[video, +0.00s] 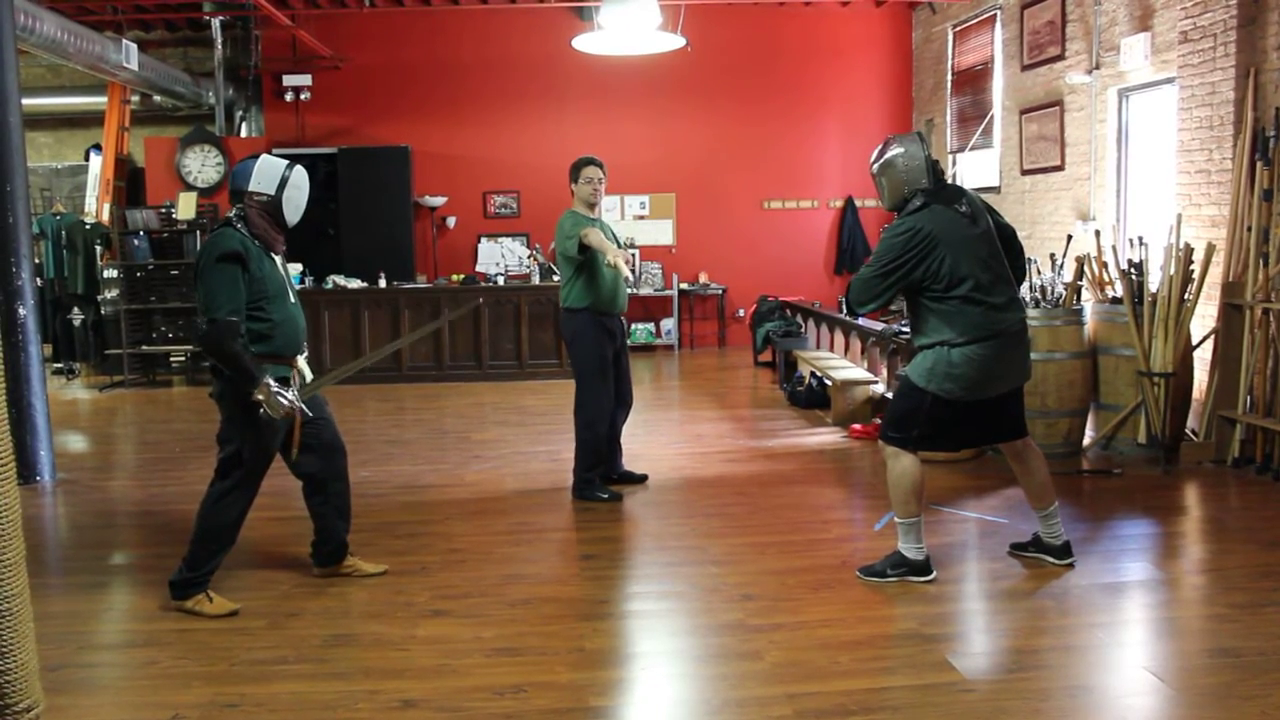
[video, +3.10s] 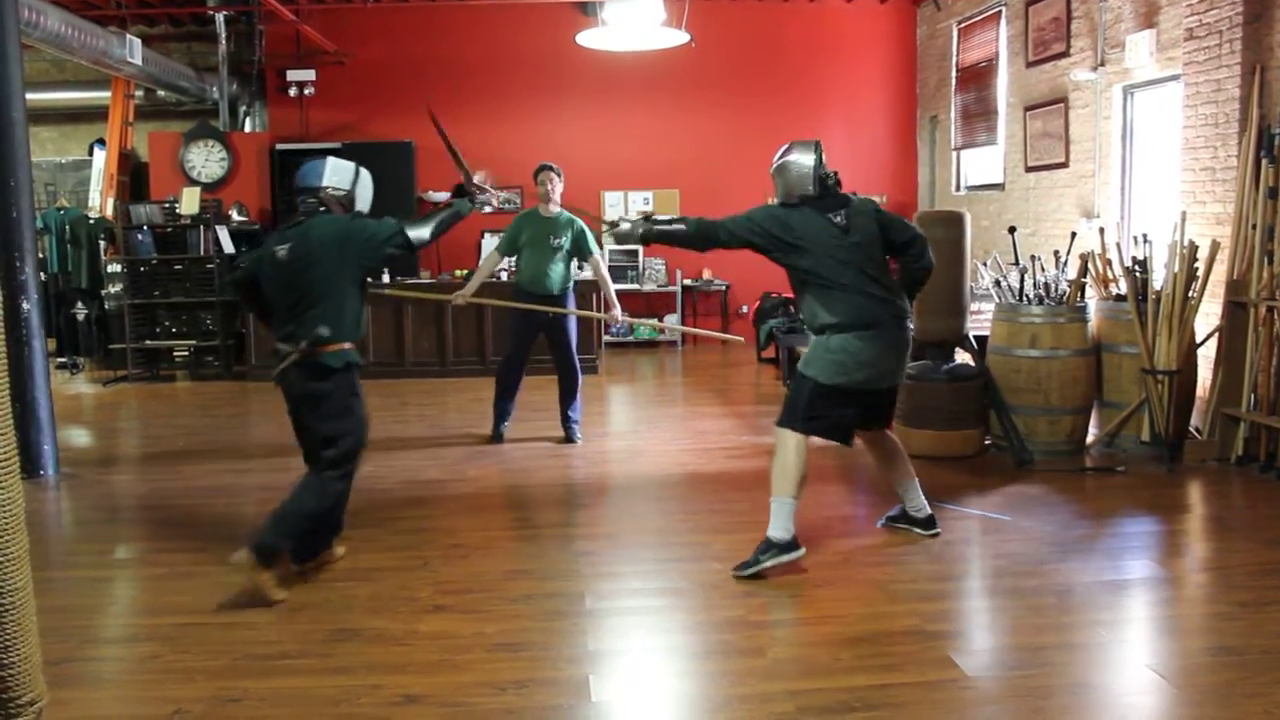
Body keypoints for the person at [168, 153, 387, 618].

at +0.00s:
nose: (294, 209)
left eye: (294, 199)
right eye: (290, 198)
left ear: (258, 193)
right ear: (267, 194)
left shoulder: (262, 242)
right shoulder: (229, 246)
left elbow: (272, 310)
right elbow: (219, 333)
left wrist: (294, 357)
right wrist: (259, 386)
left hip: (287, 376)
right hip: (252, 381)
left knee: (327, 457)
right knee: (236, 482)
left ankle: (332, 555)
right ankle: (190, 586)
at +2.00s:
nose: (331, 206)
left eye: (331, 197)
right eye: (327, 196)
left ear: (295, 194)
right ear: (303, 193)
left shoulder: (299, 242)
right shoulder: (264, 241)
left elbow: (304, 308)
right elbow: (253, 324)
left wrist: (323, 354)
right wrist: (285, 379)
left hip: (313, 371)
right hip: (282, 375)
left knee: (344, 460)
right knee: (273, 473)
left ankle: (335, 554)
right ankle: (204, 575)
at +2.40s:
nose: (337, 219)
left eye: (336, 211)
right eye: (332, 209)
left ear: (304, 204)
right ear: (310, 203)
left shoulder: (305, 245)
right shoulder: (284, 243)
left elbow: (311, 315)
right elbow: (291, 317)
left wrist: (343, 357)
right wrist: (344, 350)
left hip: (319, 374)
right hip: (293, 377)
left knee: (354, 455)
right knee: (305, 472)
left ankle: (338, 553)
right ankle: (247, 581)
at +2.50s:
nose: (333, 209)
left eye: (332, 200)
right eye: (329, 199)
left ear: (289, 196)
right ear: (308, 195)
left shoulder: (270, 240)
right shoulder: (294, 243)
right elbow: (332, 304)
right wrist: (398, 311)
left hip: (306, 371)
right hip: (295, 374)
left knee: (350, 456)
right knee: (307, 469)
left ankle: (338, 554)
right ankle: (241, 579)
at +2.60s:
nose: (319, 202)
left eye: (317, 193)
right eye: (314, 193)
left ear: (270, 196)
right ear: (294, 194)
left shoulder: (246, 247)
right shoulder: (301, 245)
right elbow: (369, 284)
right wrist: (435, 281)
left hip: (297, 376)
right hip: (298, 379)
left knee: (345, 456)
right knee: (299, 473)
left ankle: (337, 553)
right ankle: (240, 584)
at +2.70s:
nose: (313, 209)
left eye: (311, 201)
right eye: (308, 201)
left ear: (265, 203)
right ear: (288, 202)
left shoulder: (237, 252)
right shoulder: (301, 248)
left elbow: (234, 322)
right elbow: (369, 266)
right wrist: (434, 260)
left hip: (282, 380)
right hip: (296, 381)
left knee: (344, 451)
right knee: (290, 477)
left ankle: (334, 549)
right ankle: (237, 585)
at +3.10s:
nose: (351, 206)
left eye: (349, 200)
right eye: (347, 199)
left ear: (301, 201)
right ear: (333, 199)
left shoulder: (273, 246)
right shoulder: (347, 231)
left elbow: (242, 284)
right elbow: (416, 234)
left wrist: (279, 322)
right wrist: (463, 203)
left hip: (293, 371)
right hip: (332, 368)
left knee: (321, 460)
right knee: (337, 465)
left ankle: (317, 544)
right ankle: (264, 552)